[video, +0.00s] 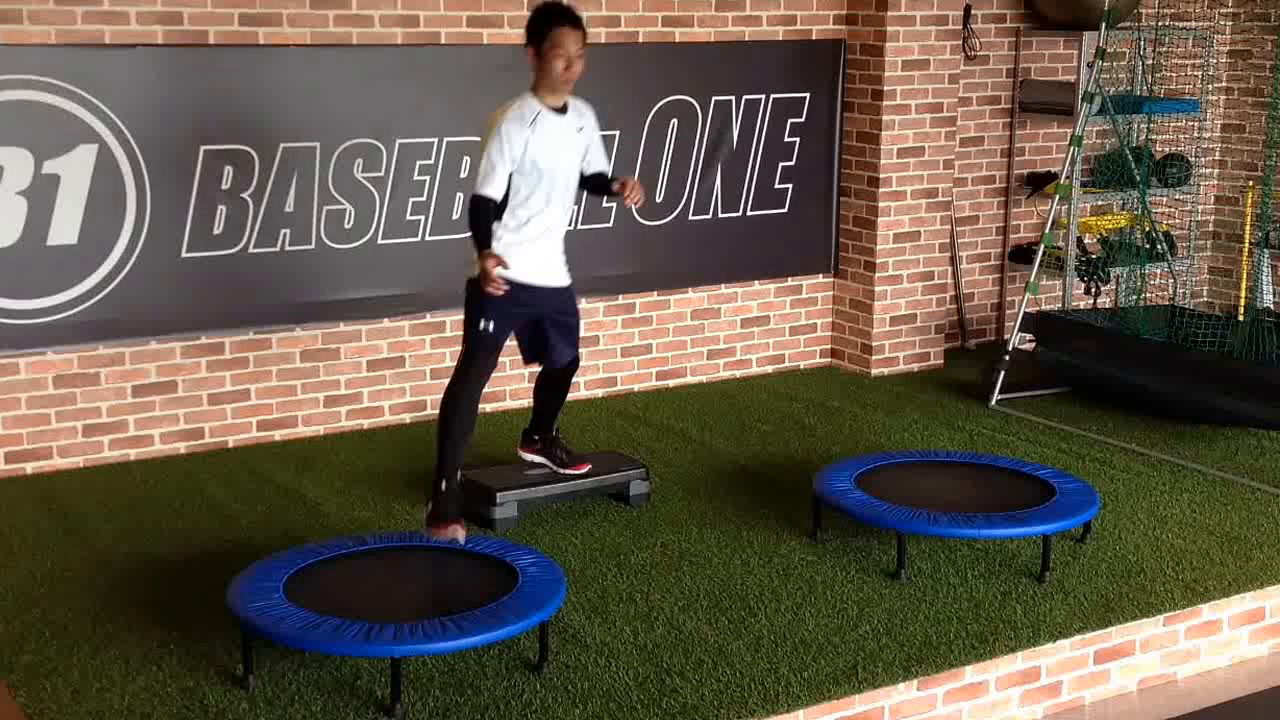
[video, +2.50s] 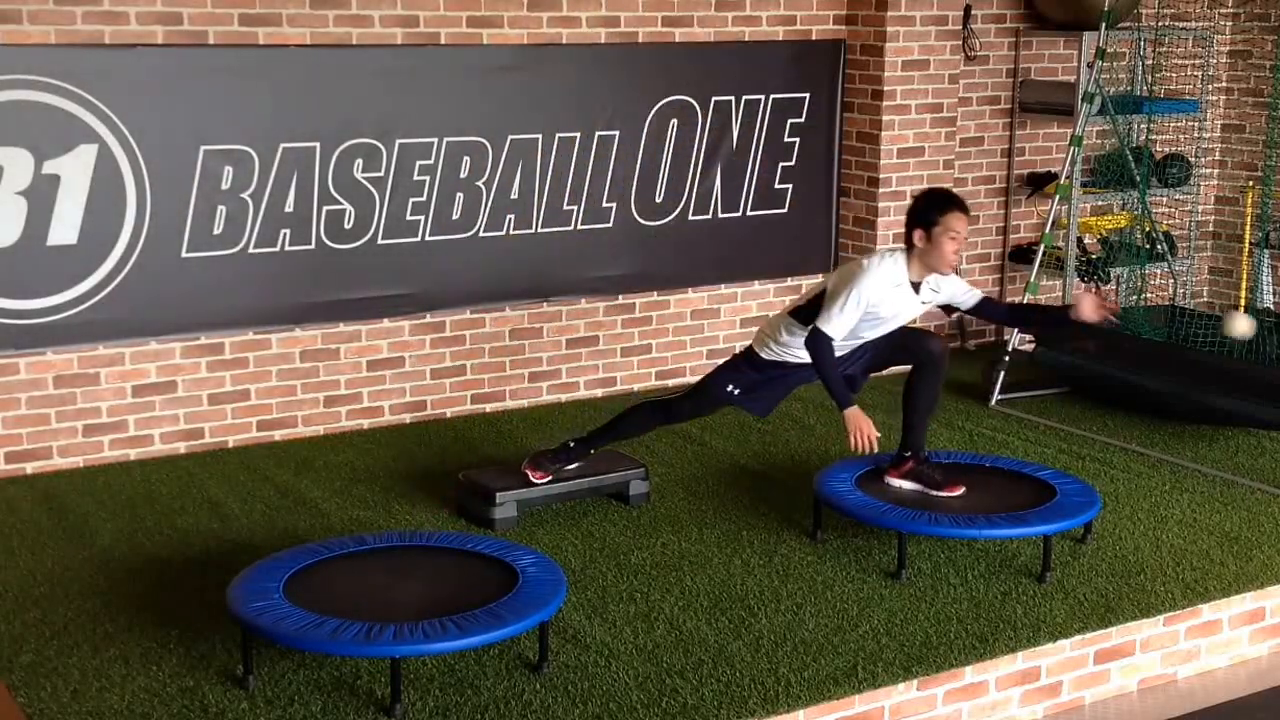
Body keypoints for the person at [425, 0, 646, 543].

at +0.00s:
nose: (572, 65)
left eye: (579, 55)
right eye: (561, 55)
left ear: (585, 59)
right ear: (534, 56)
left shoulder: (582, 116)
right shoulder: (512, 123)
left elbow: (590, 178)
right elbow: (483, 201)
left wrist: (618, 188)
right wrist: (485, 255)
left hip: (551, 274)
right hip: (501, 273)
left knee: (562, 362)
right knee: (470, 380)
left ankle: (538, 439)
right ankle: (445, 500)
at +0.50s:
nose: (509, 227)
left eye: (516, 217)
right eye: (496, 217)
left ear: (523, 217)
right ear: (466, 219)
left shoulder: (531, 251)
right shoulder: (447, 274)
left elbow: (562, 280)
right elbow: (441, 337)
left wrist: (576, 301)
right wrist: (464, 370)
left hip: (496, 363)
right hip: (437, 363)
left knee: (537, 418)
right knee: (431, 421)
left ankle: (536, 446)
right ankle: (425, 543)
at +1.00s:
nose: (525, 274)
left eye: (532, 262)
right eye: (512, 265)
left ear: (538, 256)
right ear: (480, 262)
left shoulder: (543, 279)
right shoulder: (457, 312)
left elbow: (567, 303)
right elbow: (472, 391)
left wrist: (580, 342)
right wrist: (496, 458)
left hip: (492, 366)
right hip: (428, 369)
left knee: (538, 413)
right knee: (437, 419)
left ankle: (534, 446)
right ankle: (427, 544)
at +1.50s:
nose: (621, 114)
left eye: (625, 104)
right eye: (609, 105)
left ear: (628, 107)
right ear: (580, 111)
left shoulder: (625, 154)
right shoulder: (570, 163)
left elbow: (666, 170)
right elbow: (577, 206)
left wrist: (701, 185)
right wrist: (607, 208)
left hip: (568, 299)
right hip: (530, 299)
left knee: (596, 365)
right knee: (502, 393)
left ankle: (530, 449)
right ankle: (442, 510)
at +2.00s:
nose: (804, 139)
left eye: (811, 132)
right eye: (794, 128)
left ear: (815, 138)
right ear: (766, 131)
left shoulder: (811, 189)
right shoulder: (734, 185)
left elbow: (853, 242)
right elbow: (679, 254)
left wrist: (901, 282)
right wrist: (741, 283)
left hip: (771, 309)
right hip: (707, 310)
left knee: (850, 359)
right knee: (624, 383)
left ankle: (902, 463)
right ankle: (548, 449)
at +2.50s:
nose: (964, 250)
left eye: (966, 240)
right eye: (956, 239)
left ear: (950, 243)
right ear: (919, 239)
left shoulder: (942, 280)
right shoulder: (875, 275)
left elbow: (1002, 311)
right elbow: (822, 341)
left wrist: (1071, 312)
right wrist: (850, 406)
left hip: (846, 349)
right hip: (787, 349)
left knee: (930, 346)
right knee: (687, 406)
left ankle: (909, 461)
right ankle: (571, 454)